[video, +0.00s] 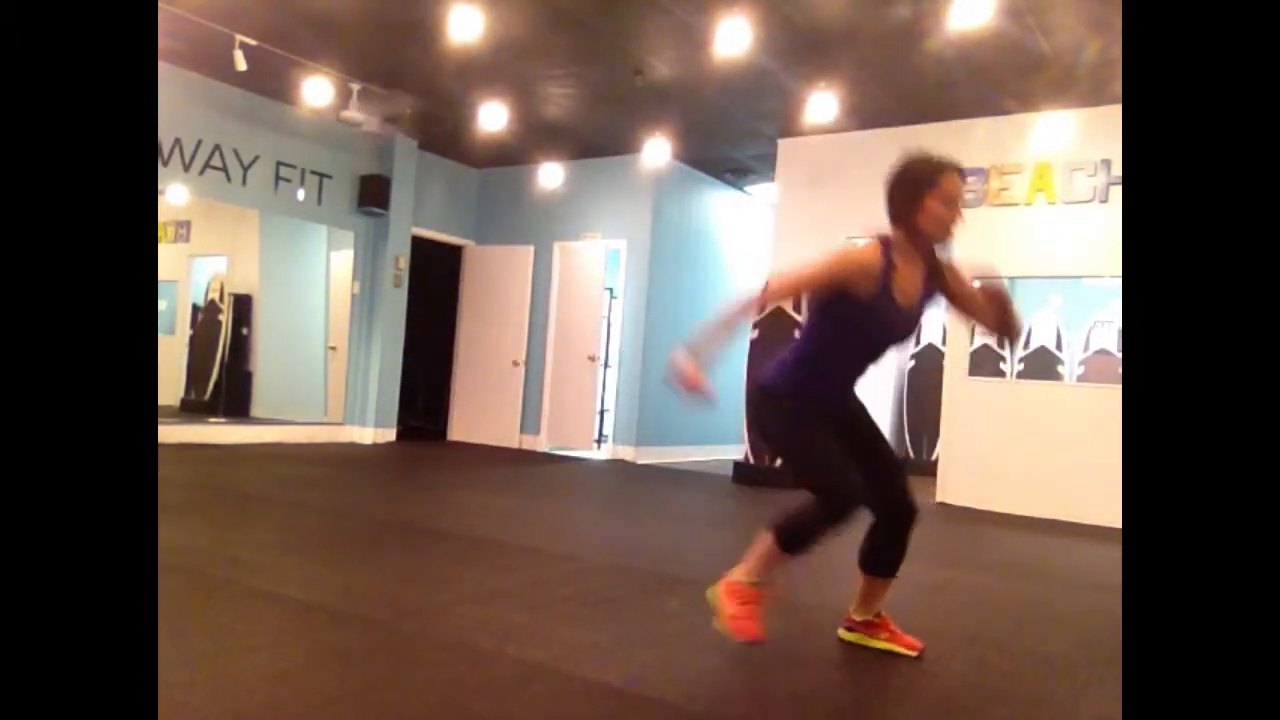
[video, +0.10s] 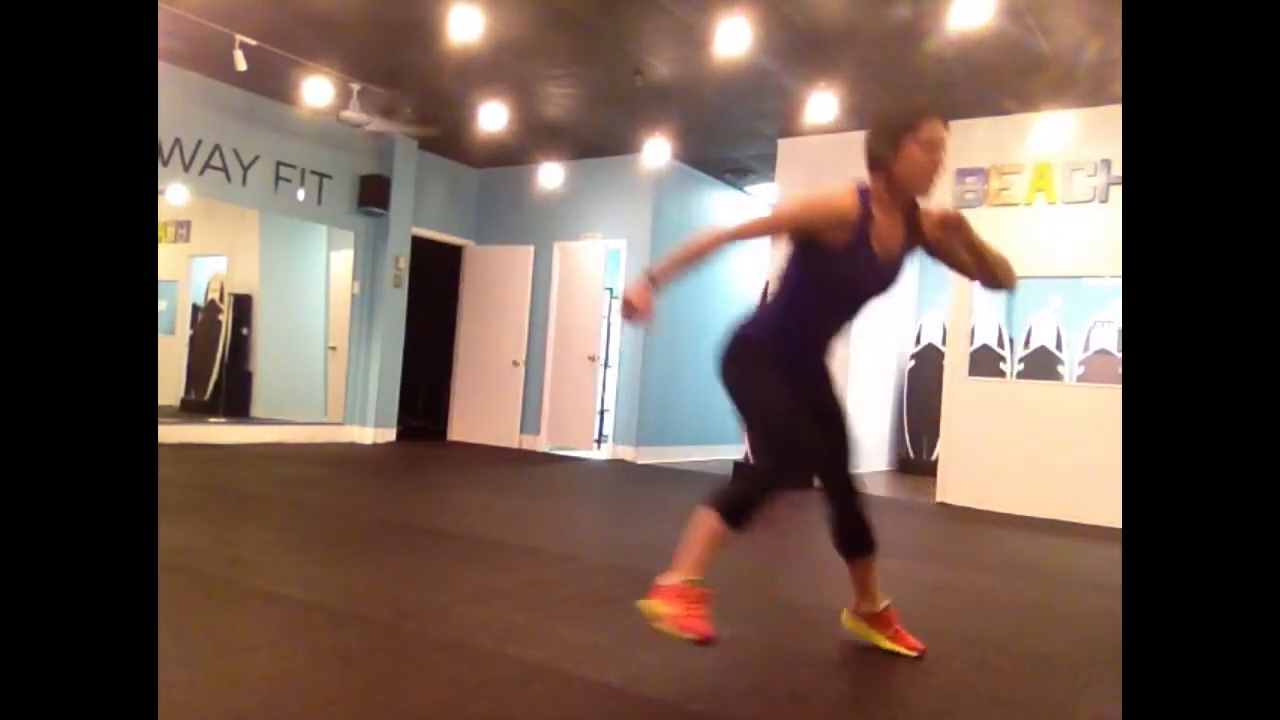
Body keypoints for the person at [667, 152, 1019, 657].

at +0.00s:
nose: (957, 215)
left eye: (959, 204)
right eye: (948, 202)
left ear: (931, 210)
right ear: (914, 204)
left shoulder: (935, 272)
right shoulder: (864, 261)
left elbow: (1001, 328)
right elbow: (767, 295)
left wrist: (998, 302)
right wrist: (697, 353)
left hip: (836, 398)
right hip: (785, 395)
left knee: (896, 506)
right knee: (840, 494)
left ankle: (864, 616)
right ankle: (739, 583)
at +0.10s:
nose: (938, 162)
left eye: (941, 150)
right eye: (929, 148)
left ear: (920, 160)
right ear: (891, 152)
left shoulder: (919, 225)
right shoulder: (838, 210)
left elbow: (1002, 279)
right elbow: (729, 235)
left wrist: (966, 240)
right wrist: (651, 281)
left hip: (805, 362)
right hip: (758, 352)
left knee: (838, 477)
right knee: (776, 458)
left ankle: (868, 607)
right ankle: (677, 583)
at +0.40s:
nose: (835, 198)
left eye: (842, 186)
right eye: (823, 182)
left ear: (844, 198)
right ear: (783, 183)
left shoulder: (815, 287)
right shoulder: (712, 244)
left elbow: (898, 366)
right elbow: (600, 264)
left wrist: (860, 301)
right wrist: (503, 305)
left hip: (678, 410)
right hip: (620, 383)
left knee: (697, 547)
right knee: (647, 518)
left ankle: (617, 528)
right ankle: (577, 687)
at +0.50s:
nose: (807, 239)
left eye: (813, 229)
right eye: (795, 222)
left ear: (812, 241)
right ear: (750, 222)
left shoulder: (791, 326)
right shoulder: (680, 282)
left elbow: (861, 437)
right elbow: (564, 312)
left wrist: (818, 358)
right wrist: (473, 367)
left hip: (644, 434)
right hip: (586, 402)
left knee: (625, 582)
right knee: (644, 517)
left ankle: (523, 549)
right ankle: (569, 692)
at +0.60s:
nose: (785, 259)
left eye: (793, 248)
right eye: (772, 242)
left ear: (793, 261)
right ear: (725, 244)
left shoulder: (771, 344)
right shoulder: (656, 303)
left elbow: (844, 468)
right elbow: (542, 337)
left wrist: (798, 385)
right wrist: (456, 399)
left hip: (622, 445)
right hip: (566, 412)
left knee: (570, 598)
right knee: (641, 517)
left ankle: (447, 571)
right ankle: (568, 691)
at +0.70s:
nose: (775, 261)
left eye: (781, 248)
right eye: (761, 243)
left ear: (780, 261)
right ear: (713, 244)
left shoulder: (763, 346)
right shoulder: (642, 306)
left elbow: (842, 462)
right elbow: (530, 342)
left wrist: (794, 391)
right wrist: (446, 407)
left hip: (611, 446)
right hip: (553, 417)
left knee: (563, 607)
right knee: (635, 517)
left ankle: (415, 592)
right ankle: (567, 691)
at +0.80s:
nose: (770, 245)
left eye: (776, 233)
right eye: (756, 228)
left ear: (776, 243)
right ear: (709, 231)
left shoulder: (760, 333)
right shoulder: (641, 296)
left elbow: (843, 442)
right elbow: (526, 341)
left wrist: (796, 379)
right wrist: (440, 407)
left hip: (606, 440)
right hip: (550, 410)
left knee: (576, 597)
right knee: (631, 513)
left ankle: (418, 604)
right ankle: (567, 690)